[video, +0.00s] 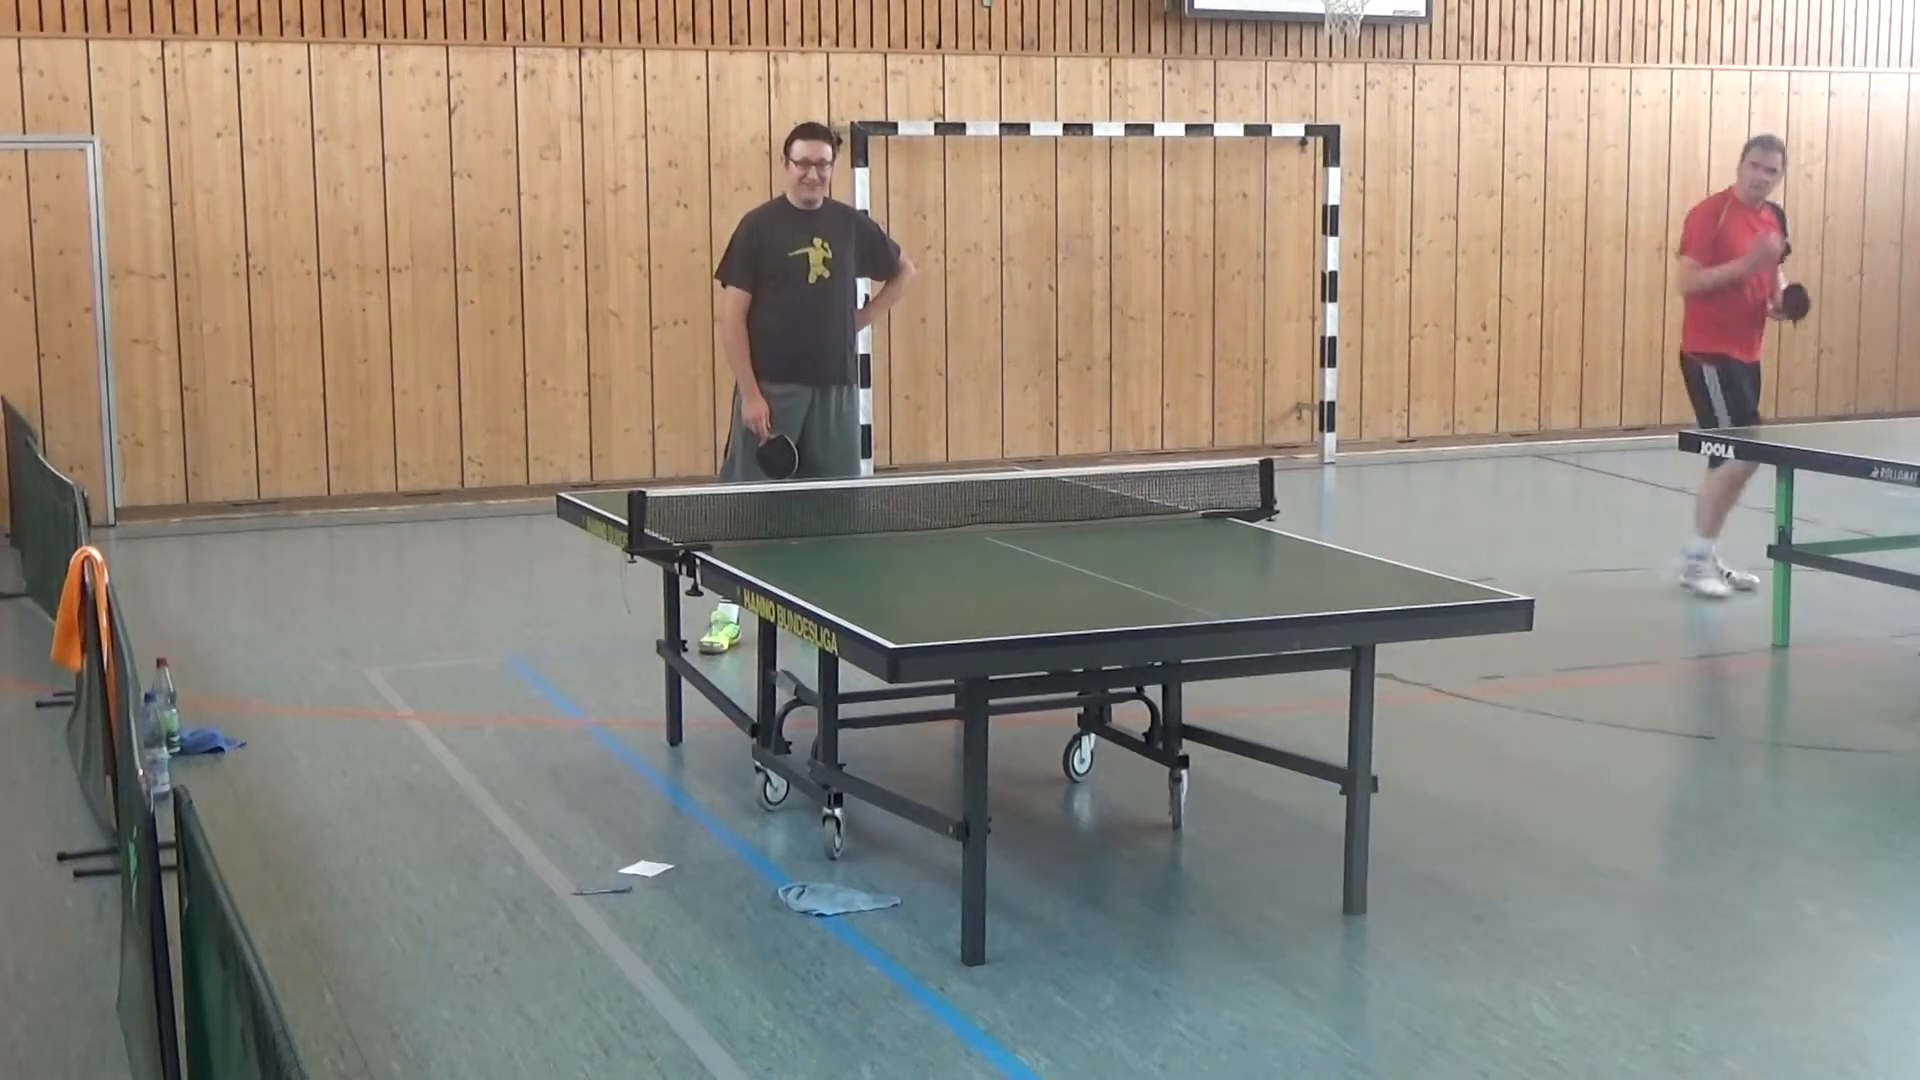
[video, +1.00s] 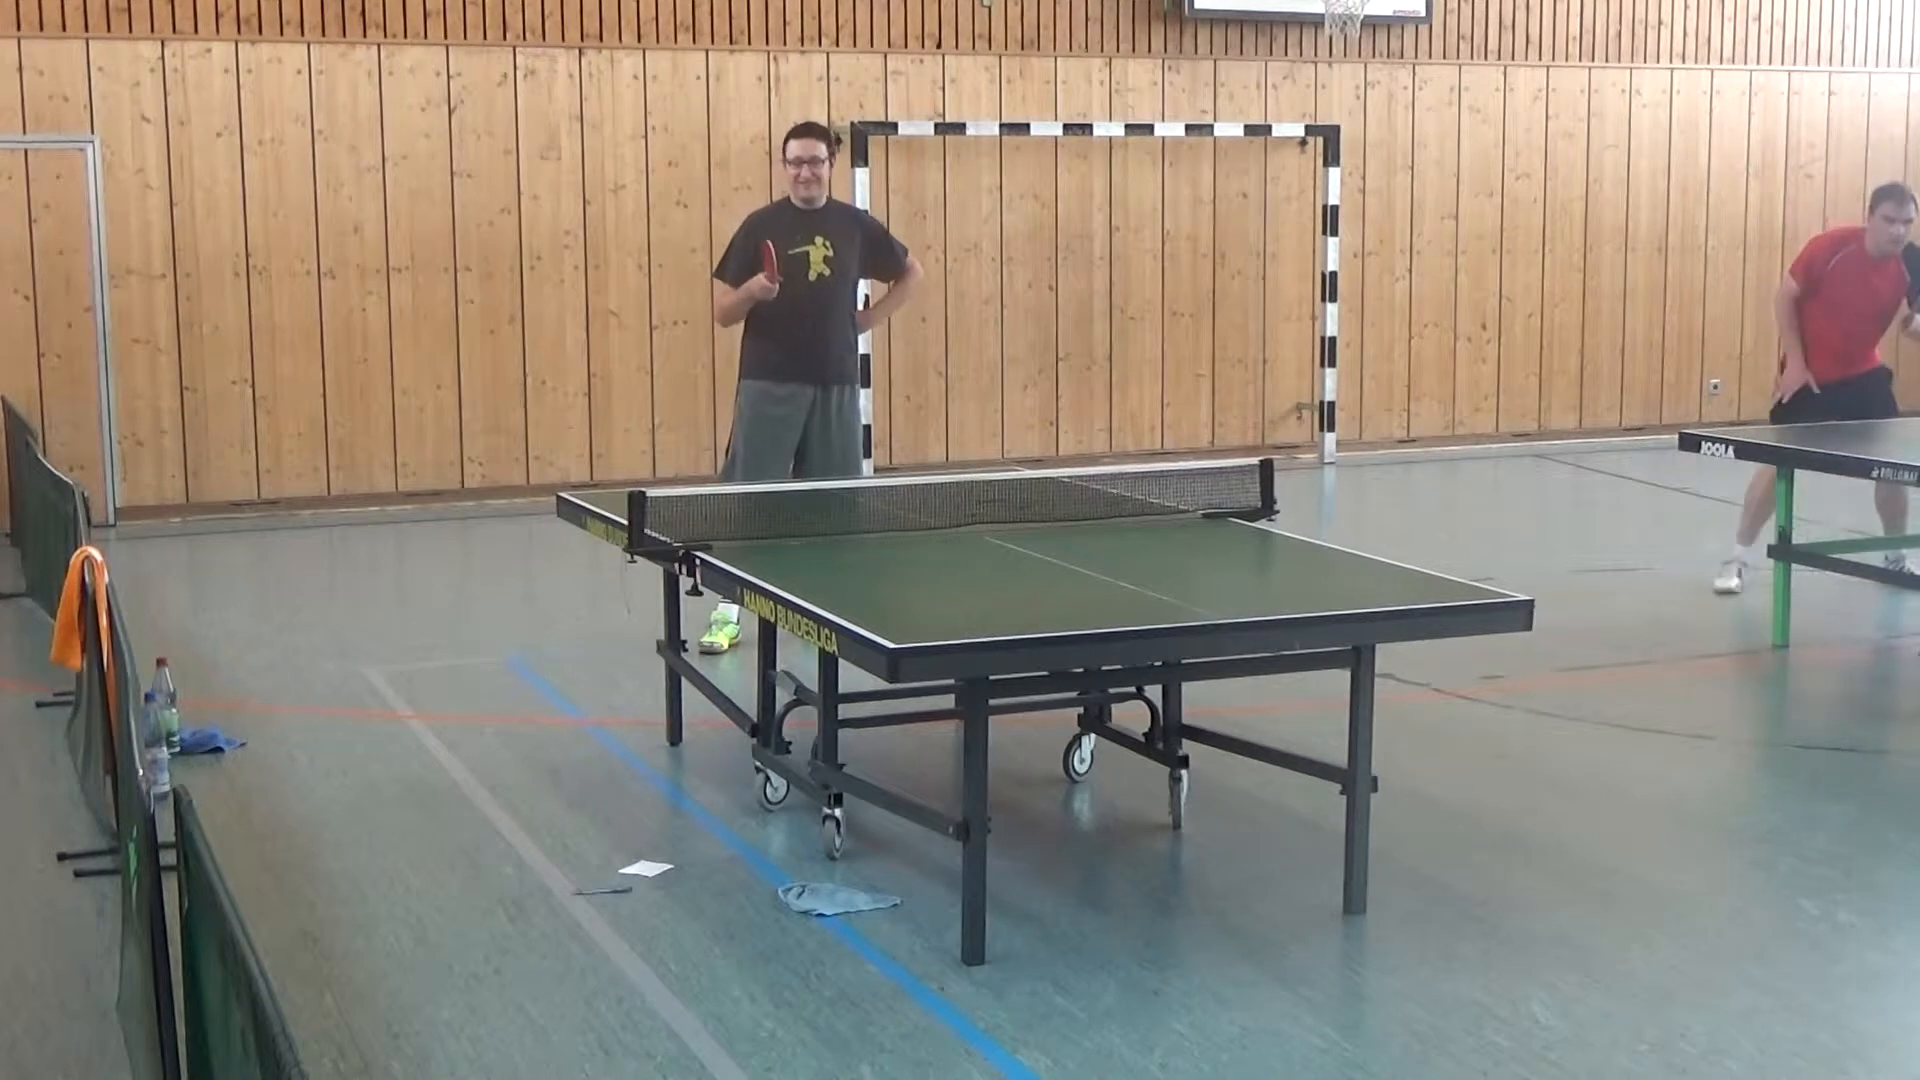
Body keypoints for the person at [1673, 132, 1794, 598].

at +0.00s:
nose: (1762, 177)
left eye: (1772, 171)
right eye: (1756, 166)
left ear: (1781, 176)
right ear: (1739, 165)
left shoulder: (1773, 218)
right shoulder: (1708, 213)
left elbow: (1770, 276)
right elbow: (1685, 282)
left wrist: (1780, 298)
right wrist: (1747, 263)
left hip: (1745, 353)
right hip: (1709, 352)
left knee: (1734, 459)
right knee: (1742, 453)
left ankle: (1707, 558)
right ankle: (1697, 560)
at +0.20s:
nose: (1799, 188)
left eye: (1808, 182)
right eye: (1792, 178)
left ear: (1817, 184)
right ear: (1774, 175)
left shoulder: (1802, 220)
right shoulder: (1753, 218)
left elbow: (1806, 271)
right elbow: (1780, 277)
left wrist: (1829, 302)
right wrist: (1812, 222)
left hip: (1778, 359)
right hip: (1750, 360)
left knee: (1763, 465)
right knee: (1791, 461)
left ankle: (1709, 554)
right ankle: (1802, 569)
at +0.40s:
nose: (1839, 192)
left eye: (1846, 185)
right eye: (1831, 182)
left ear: (1852, 188)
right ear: (1810, 178)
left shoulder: (1834, 224)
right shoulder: (1786, 223)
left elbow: (1839, 277)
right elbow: (1805, 292)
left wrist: (1875, 295)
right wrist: (1844, 240)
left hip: (1817, 359)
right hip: (1783, 364)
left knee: (1853, 449)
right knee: (1826, 460)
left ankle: (1786, 527)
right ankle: (1809, 567)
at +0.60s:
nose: (1868, 198)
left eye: (1876, 190)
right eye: (1859, 188)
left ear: (1884, 192)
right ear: (1840, 186)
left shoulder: (1877, 232)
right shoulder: (1811, 226)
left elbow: (1882, 284)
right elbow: (1772, 292)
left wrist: (1903, 300)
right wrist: (1837, 320)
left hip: (1849, 362)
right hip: (1802, 364)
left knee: (1878, 458)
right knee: (1831, 462)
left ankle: (1888, 557)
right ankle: (1809, 569)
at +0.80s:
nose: (1892, 216)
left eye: (1900, 208)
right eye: (1884, 207)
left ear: (1908, 211)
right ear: (1866, 205)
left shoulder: (1906, 254)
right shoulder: (1826, 238)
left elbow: (1916, 306)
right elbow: (1775, 288)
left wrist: (1914, 316)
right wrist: (1796, 349)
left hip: (1872, 375)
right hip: (1817, 375)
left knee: (1895, 469)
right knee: (1814, 472)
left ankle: (1896, 559)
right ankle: (1806, 562)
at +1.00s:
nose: (1898, 230)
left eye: (1906, 222)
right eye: (1890, 220)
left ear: (1913, 224)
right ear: (1870, 218)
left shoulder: (1908, 263)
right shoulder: (1830, 246)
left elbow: (1911, 319)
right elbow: (1785, 297)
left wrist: (1914, 320)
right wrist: (1794, 362)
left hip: (1865, 377)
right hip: (1808, 378)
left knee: (1893, 466)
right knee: (1779, 465)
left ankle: (1896, 558)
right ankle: (1737, 558)